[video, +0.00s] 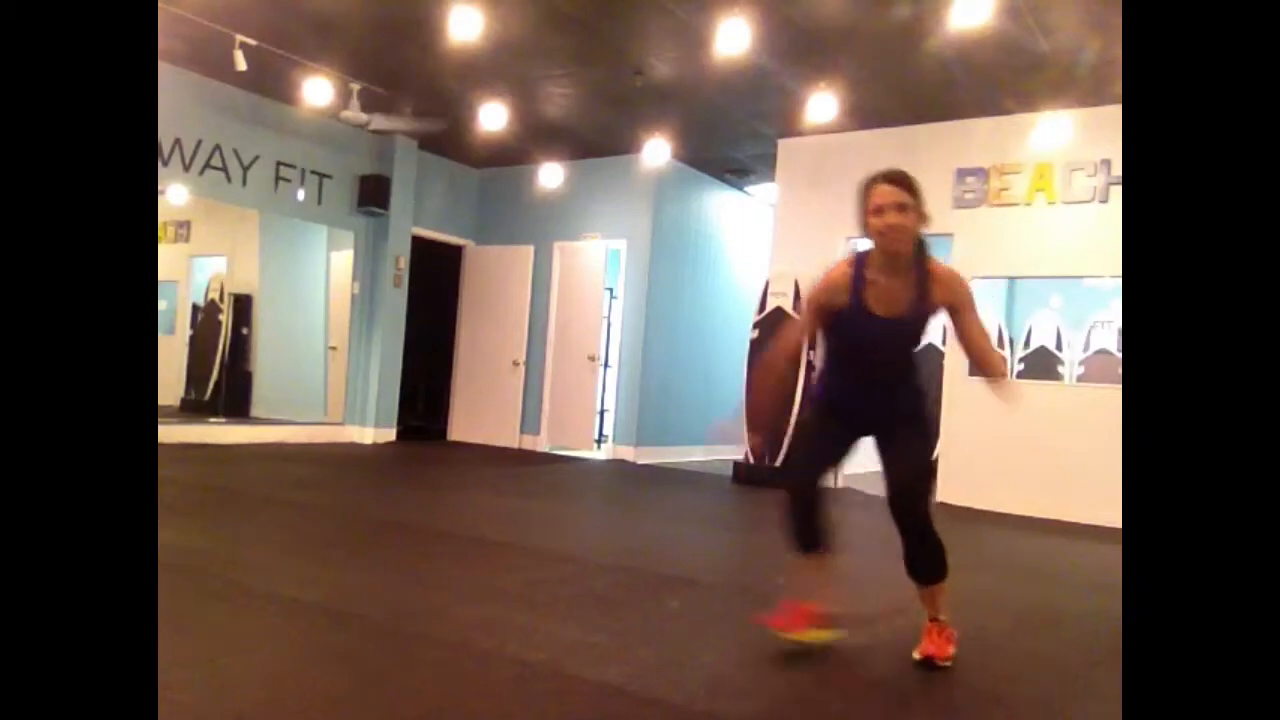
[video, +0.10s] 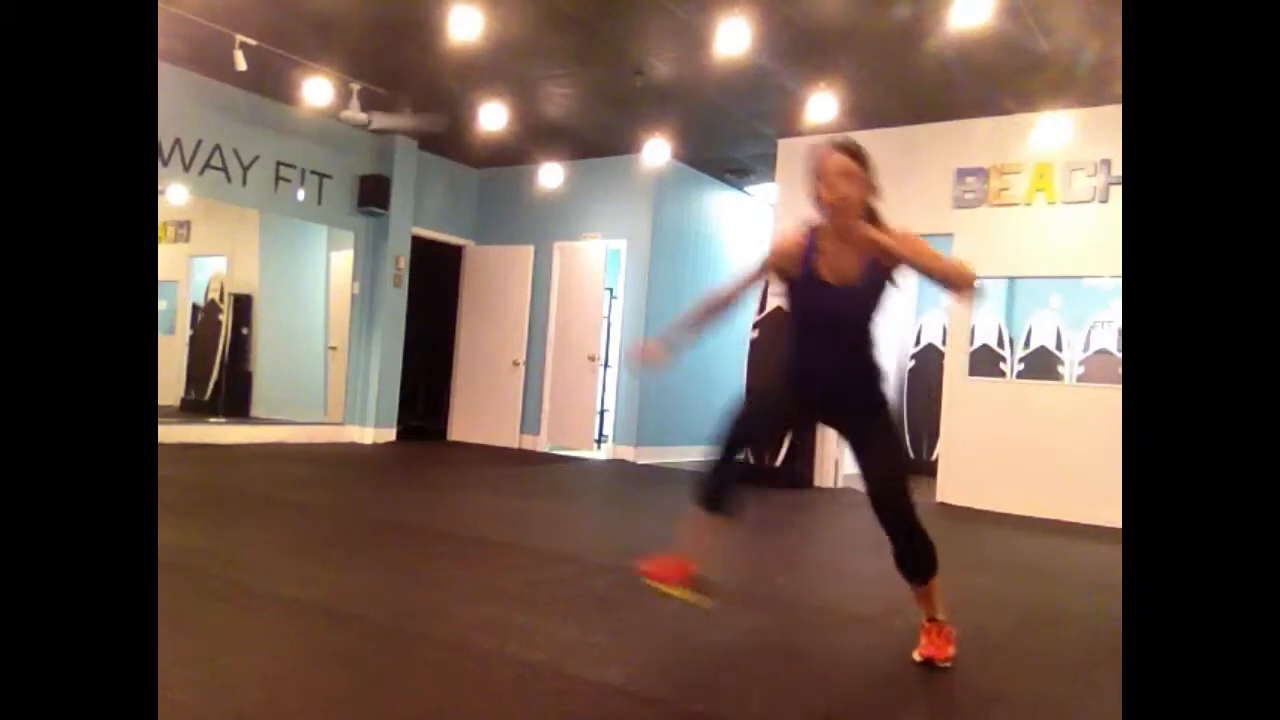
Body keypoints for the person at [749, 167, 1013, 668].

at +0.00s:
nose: (890, 219)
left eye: (901, 209)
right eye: (878, 211)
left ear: (920, 219)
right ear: (865, 223)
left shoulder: (943, 283)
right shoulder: (839, 280)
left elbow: (977, 347)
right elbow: (787, 349)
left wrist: (993, 366)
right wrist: (760, 418)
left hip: (899, 403)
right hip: (839, 400)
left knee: (910, 507)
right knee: (799, 477)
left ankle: (936, 623)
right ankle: (814, 601)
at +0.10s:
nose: (833, 189)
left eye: (845, 178)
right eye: (824, 179)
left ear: (867, 186)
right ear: (815, 190)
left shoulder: (888, 245)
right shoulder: (794, 249)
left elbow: (963, 280)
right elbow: (726, 297)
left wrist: (880, 243)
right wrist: (669, 341)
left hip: (855, 390)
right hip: (793, 386)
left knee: (892, 503)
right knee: (732, 450)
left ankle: (934, 621)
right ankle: (687, 560)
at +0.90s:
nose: (542, 250)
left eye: (557, 243)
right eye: (535, 240)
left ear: (581, 256)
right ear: (525, 250)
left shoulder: (603, 322)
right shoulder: (522, 308)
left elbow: (570, 416)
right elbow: (510, 370)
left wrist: (516, 345)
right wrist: (480, 429)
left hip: (608, 419)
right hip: (552, 403)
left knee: (554, 528)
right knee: (505, 478)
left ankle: (530, 534)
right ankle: (507, 590)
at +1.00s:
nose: (584, 220)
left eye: (597, 211)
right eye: (577, 209)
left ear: (621, 223)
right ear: (568, 219)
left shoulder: (639, 287)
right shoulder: (556, 280)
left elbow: (610, 369)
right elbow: (516, 351)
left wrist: (573, 293)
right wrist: (463, 382)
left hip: (630, 401)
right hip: (574, 388)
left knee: (595, 498)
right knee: (518, 477)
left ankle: (604, 531)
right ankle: (511, 590)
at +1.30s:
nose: (771, 141)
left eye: (782, 130)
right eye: (760, 131)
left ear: (802, 145)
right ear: (744, 145)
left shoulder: (831, 206)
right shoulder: (722, 205)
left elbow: (910, 260)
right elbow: (672, 289)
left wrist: (837, 269)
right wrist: (698, 243)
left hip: (792, 358)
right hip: (723, 352)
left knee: (846, 465)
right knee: (646, 443)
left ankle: (914, 587)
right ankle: (576, 535)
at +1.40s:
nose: (828, 176)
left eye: (838, 164)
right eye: (815, 167)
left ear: (858, 173)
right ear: (797, 178)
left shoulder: (886, 238)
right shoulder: (782, 247)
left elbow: (961, 300)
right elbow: (744, 329)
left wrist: (953, 371)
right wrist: (775, 285)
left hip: (848, 385)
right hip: (780, 380)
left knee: (896, 503)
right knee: (734, 443)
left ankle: (951, 636)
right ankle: (678, 503)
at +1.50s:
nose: (874, 220)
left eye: (885, 207)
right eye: (861, 210)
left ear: (906, 218)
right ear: (844, 224)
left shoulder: (931, 282)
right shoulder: (821, 288)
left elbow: (969, 349)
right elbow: (811, 378)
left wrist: (997, 429)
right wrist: (854, 319)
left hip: (899, 417)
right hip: (831, 416)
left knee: (938, 526)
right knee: (785, 531)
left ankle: (955, 647)